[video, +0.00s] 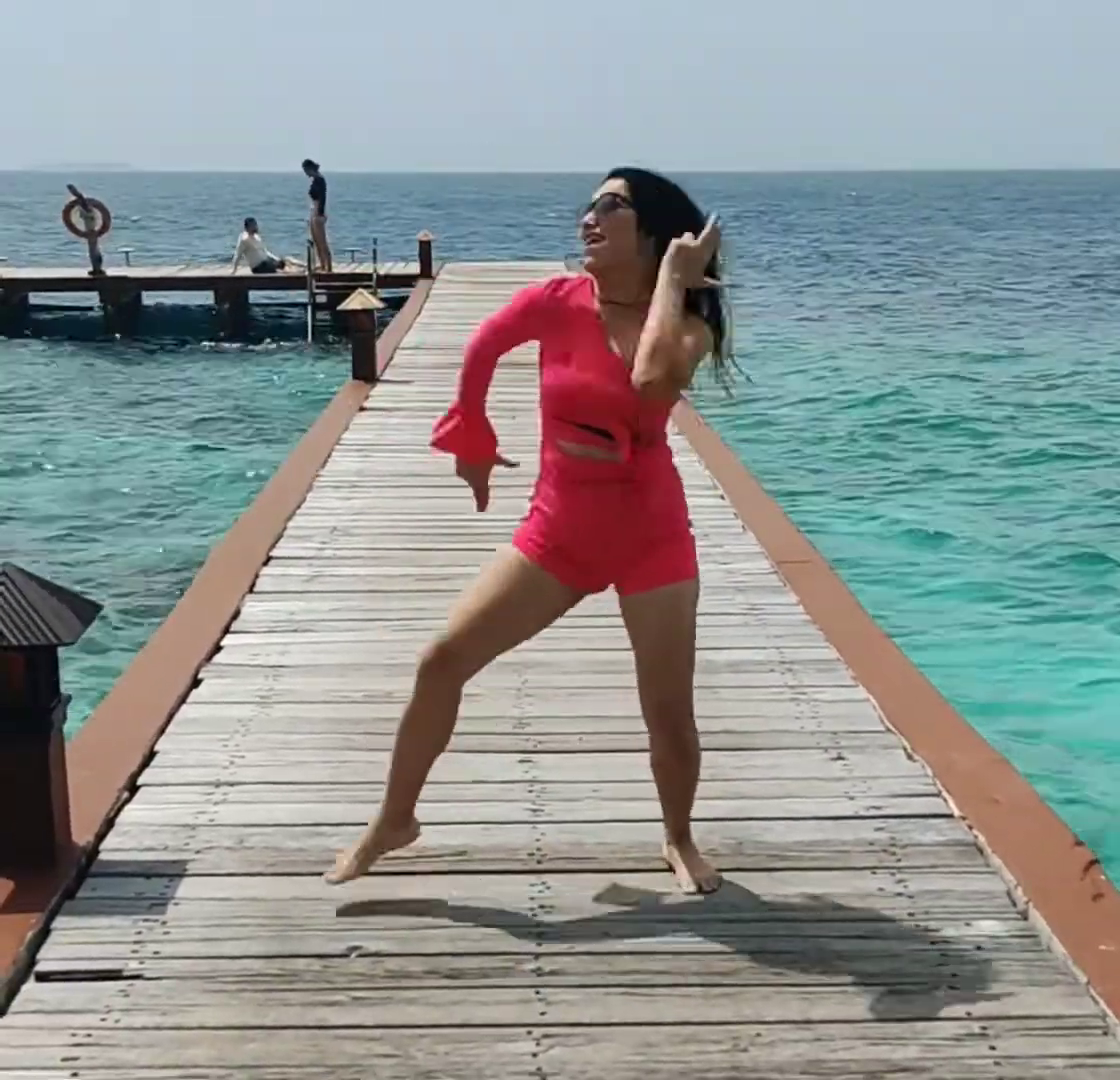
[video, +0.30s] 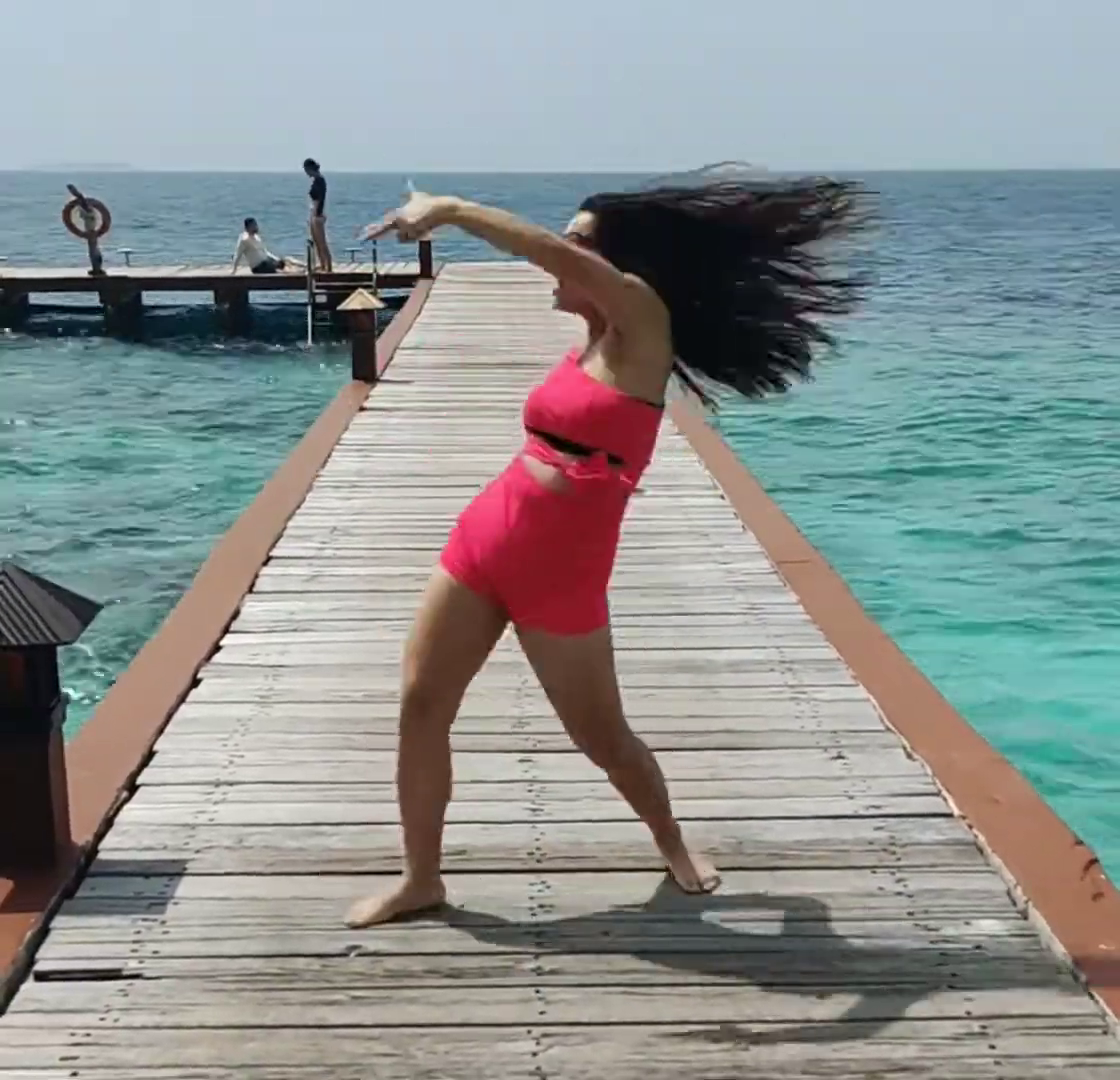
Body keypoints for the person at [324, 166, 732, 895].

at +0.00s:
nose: (589, 218)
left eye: (610, 207)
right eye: (590, 207)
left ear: (655, 234)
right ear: (594, 231)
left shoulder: (686, 320)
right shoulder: (559, 299)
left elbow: (653, 376)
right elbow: (484, 343)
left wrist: (670, 278)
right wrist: (469, 428)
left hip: (651, 535)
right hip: (560, 529)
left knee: (670, 713)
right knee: (441, 663)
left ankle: (680, 840)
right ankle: (394, 819)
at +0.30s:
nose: (563, 260)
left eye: (580, 246)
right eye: (566, 244)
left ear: (622, 259)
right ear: (596, 261)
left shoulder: (642, 322)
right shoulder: (598, 335)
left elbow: (548, 251)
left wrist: (451, 210)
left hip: (559, 572)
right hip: (486, 544)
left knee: (602, 737)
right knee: (421, 703)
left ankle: (674, 848)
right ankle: (421, 879)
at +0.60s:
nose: (539, 240)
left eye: (561, 229)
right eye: (528, 228)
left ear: (596, 252)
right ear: (517, 245)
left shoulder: (610, 335)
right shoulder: (511, 331)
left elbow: (702, 415)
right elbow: (415, 341)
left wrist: (677, 529)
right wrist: (435, 255)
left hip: (566, 566)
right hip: (489, 549)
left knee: (605, 748)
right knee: (417, 716)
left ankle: (678, 831)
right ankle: (426, 885)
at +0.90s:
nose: (603, 283)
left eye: (622, 267)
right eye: (587, 267)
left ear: (650, 277)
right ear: (568, 275)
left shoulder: (678, 373)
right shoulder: (537, 331)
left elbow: (792, 414)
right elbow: (424, 285)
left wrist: (763, 511)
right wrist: (317, 254)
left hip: (657, 584)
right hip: (564, 586)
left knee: (677, 758)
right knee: (464, 730)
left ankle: (706, 867)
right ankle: (428, 888)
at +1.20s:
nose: (606, 233)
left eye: (627, 222)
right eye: (604, 222)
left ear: (668, 244)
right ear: (602, 239)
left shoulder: (690, 352)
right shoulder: (576, 318)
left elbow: (633, 453)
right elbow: (576, 417)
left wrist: (620, 341)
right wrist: (586, 469)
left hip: (665, 560)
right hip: (574, 555)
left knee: (682, 733)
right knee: (476, 714)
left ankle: (707, 864)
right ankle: (417, 867)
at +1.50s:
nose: (564, 232)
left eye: (582, 219)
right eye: (570, 219)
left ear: (626, 235)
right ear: (623, 237)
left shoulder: (643, 295)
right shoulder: (614, 303)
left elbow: (548, 209)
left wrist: (447, 148)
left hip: (571, 553)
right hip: (501, 526)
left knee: (628, 723)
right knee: (444, 697)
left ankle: (707, 857)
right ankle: (437, 858)